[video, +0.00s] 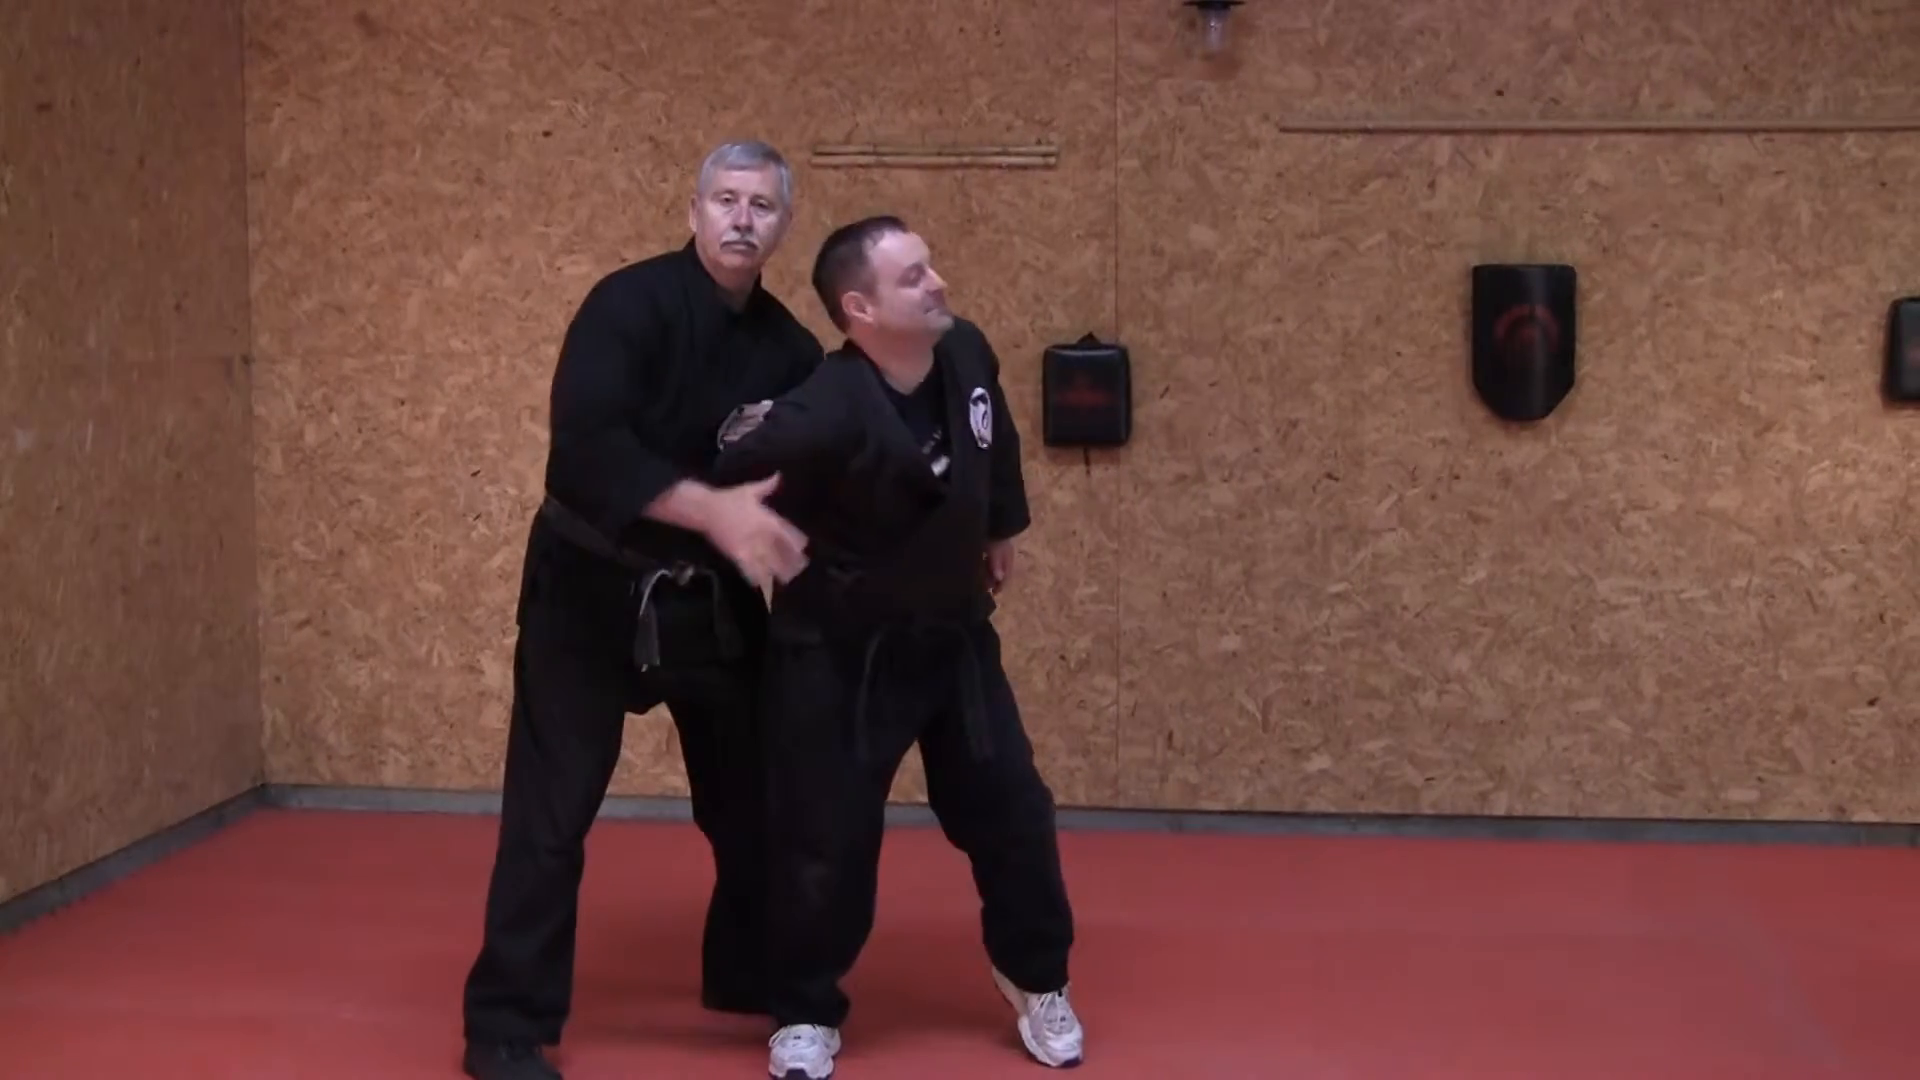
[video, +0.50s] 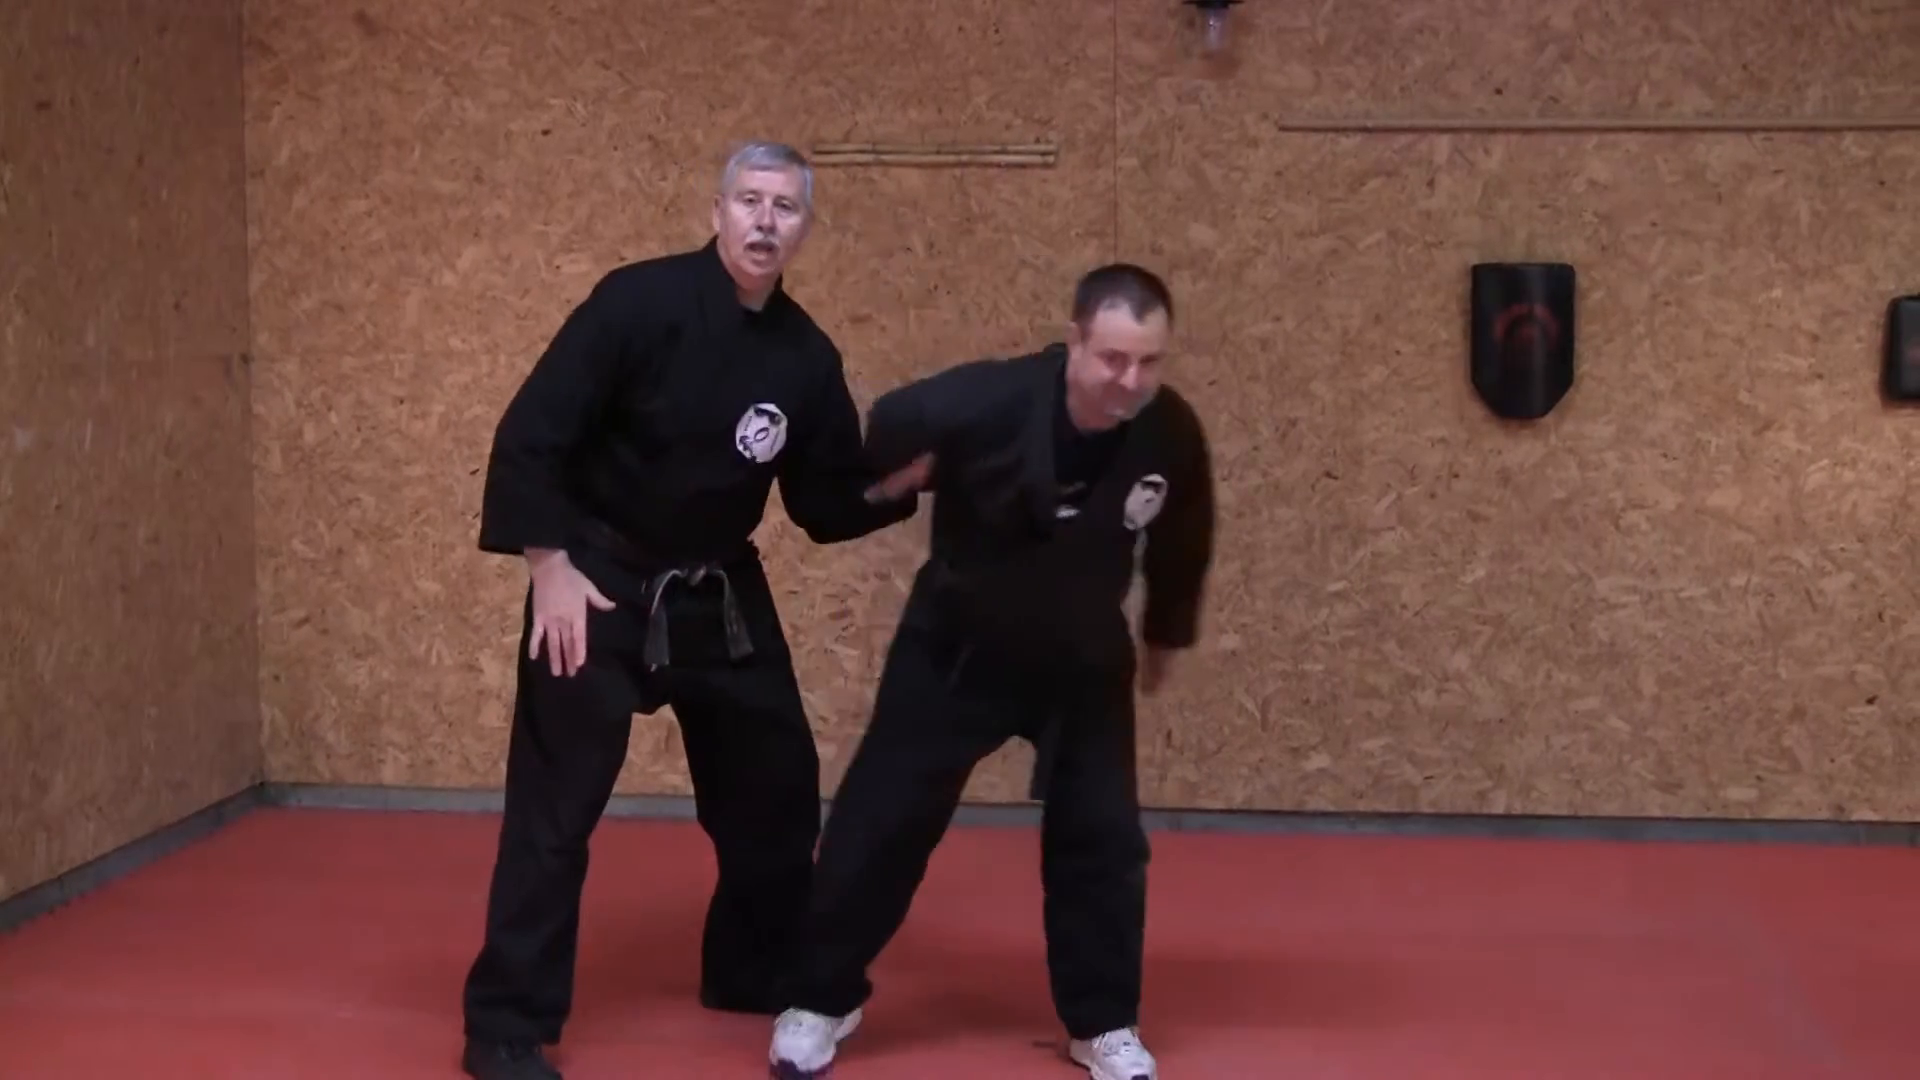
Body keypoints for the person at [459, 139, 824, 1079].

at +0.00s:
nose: (743, 219)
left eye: (763, 206)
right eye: (727, 201)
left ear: (785, 225)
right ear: (695, 211)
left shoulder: (795, 352)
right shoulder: (626, 305)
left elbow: (820, 478)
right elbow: (585, 454)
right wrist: (717, 512)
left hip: (716, 589)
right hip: (592, 578)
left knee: (753, 795)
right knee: (551, 815)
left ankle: (747, 973)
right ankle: (509, 1034)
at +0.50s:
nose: (766, 221)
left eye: (786, 207)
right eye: (750, 201)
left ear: (804, 226)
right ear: (717, 210)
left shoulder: (806, 358)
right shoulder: (634, 303)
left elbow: (822, 504)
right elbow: (528, 435)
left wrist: (900, 484)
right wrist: (548, 563)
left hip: (718, 586)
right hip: (597, 577)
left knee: (776, 783)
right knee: (554, 814)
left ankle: (754, 972)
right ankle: (510, 1031)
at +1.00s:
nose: (833, 232)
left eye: (848, 217)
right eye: (818, 212)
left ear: (859, 222)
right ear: (773, 203)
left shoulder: (853, 330)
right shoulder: (695, 289)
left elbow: (874, 456)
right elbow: (598, 411)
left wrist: (920, 547)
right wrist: (590, 550)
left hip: (790, 582)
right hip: (677, 572)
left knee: (801, 791)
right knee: (626, 798)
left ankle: (752, 971)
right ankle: (543, 1010)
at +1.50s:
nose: (851, 200)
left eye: (867, 183)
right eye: (833, 181)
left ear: (884, 193)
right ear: (794, 187)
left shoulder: (894, 307)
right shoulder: (730, 291)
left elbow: (910, 448)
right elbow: (650, 433)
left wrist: (902, 576)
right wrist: (657, 582)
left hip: (851, 569)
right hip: (751, 566)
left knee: (822, 773)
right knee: (800, 776)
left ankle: (741, 964)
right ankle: (829, 1009)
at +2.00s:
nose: (861, 177)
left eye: (876, 159)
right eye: (841, 162)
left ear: (900, 169)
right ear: (810, 176)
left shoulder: (946, 284)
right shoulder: (763, 296)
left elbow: (994, 412)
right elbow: (705, 440)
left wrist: (1027, 520)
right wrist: (768, 499)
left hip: (930, 573)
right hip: (811, 579)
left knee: (948, 790)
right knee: (823, 803)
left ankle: (912, 954)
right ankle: (828, 1020)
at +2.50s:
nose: (948, 171)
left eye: (964, 154)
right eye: (930, 156)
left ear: (994, 171)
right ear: (904, 173)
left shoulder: (1039, 289)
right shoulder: (855, 285)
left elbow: (1096, 421)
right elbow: (777, 427)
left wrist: (1113, 551)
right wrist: (840, 390)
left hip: (1011, 564)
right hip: (883, 566)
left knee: (1013, 790)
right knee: (854, 795)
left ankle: (993, 987)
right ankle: (830, 1014)